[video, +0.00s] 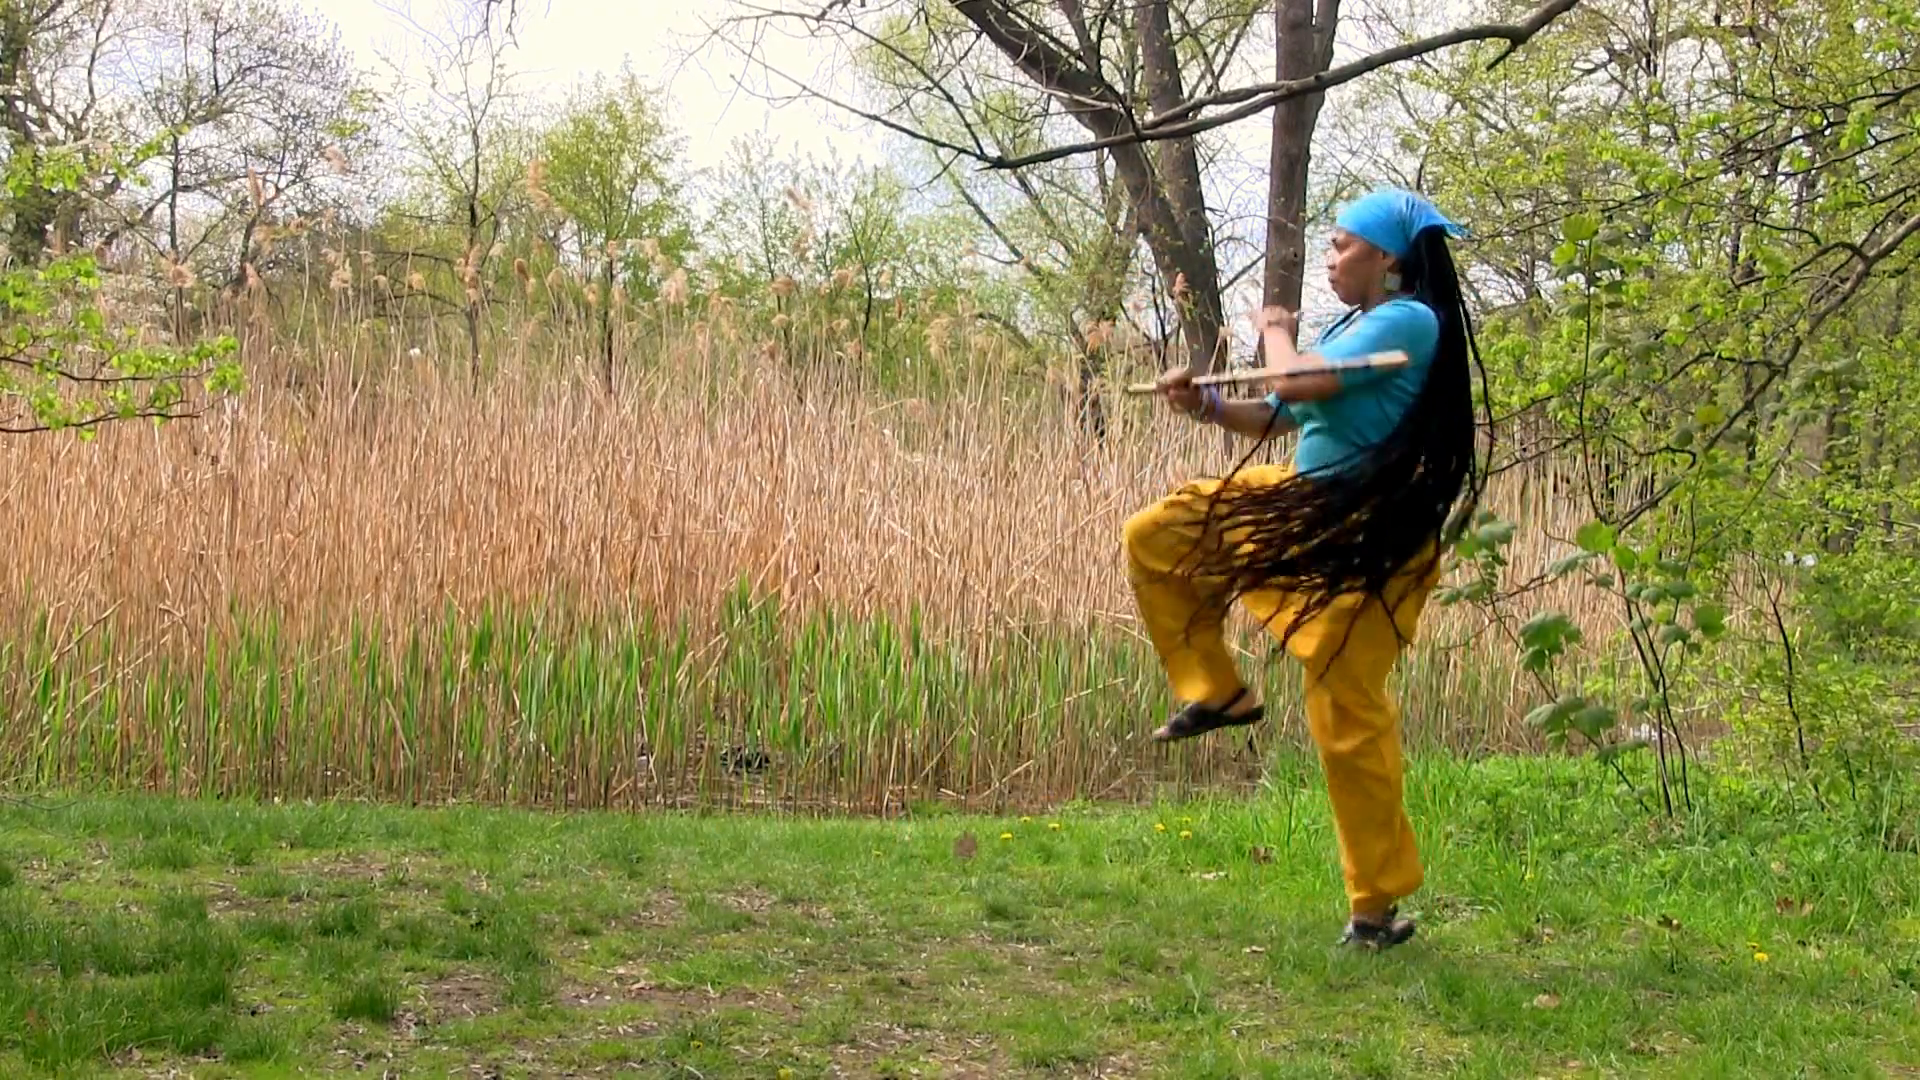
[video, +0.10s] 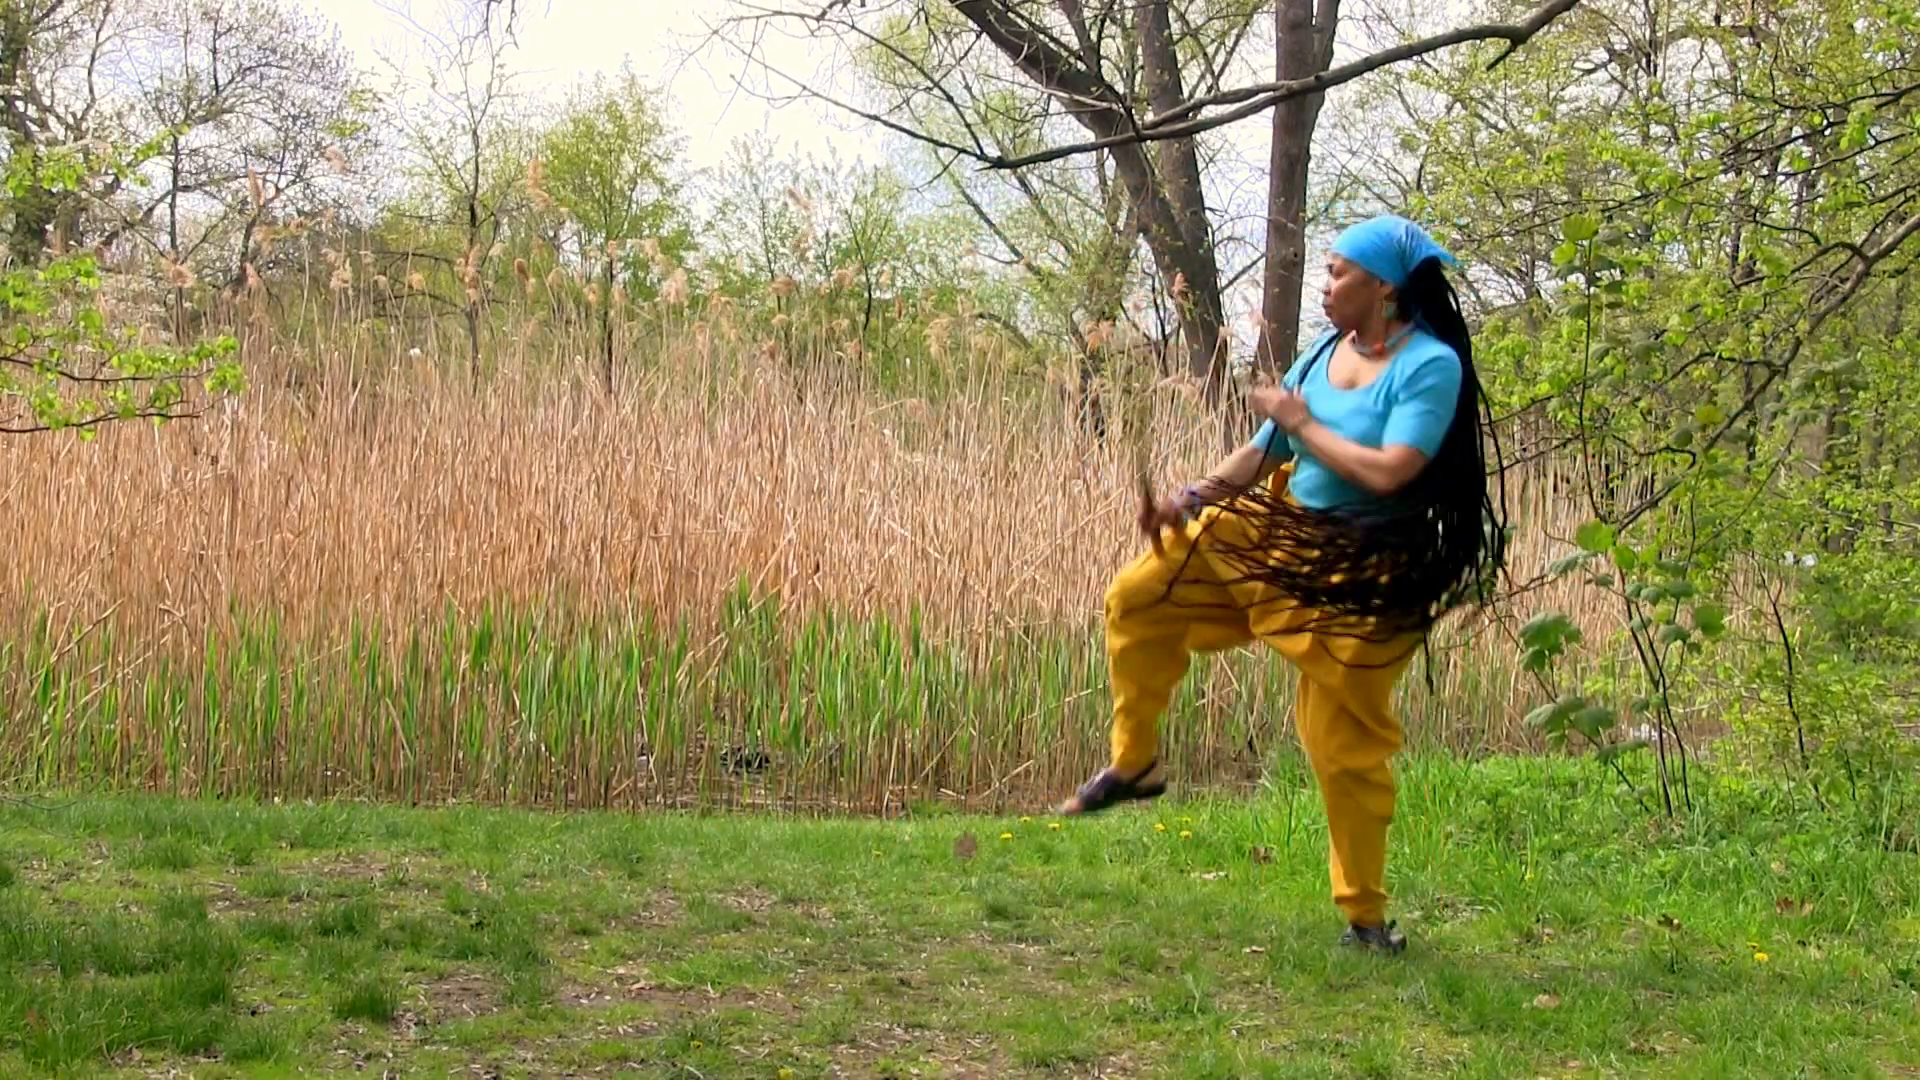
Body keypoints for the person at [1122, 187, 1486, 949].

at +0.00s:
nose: (1329, 257)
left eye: (1344, 245)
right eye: (1332, 244)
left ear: (1389, 258)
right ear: (1366, 259)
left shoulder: (1409, 322)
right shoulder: (1350, 331)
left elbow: (1304, 384)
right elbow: (1277, 417)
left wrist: (1275, 331)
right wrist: (1210, 405)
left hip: (1376, 537)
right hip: (1305, 504)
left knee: (1345, 711)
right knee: (1158, 539)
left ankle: (1376, 903)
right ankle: (1214, 690)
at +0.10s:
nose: (1325, 285)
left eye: (1340, 274)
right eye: (1328, 271)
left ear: (1386, 286)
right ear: (1355, 282)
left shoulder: (1432, 367)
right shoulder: (1327, 348)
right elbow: (1265, 450)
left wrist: (1301, 424)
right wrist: (1198, 492)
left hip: (1364, 570)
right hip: (1275, 532)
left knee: (1345, 744)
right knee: (1136, 600)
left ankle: (1364, 914)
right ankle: (1134, 765)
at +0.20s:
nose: (1315, 324)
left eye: (1331, 314)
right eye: (1318, 311)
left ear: (1379, 331)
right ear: (1348, 326)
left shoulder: (1441, 412)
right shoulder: (1301, 386)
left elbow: (1483, 516)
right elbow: (1235, 482)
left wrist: (1374, 513)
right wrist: (1158, 551)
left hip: (1381, 609)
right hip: (1269, 577)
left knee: (1355, 776)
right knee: (1161, 712)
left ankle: (1359, 928)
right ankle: (1107, 859)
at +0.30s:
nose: (1304, 343)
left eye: (1320, 334)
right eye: (1306, 329)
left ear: (1366, 355)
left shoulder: (1423, 431)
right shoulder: (1282, 399)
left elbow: (1527, 503)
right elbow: (1214, 484)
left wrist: (1473, 493)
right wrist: (1142, 536)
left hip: (1357, 602)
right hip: (1253, 591)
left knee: (1358, 777)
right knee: (1208, 766)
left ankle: (1361, 926)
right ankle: (1167, 914)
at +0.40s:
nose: (1276, 343)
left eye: (1292, 334)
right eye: (1279, 330)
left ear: (1339, 352)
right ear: (1286, 335)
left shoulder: (1390, 431)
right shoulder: (1259, 395)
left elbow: (1503, 470)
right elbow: (1178, 452)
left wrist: (1455, 397)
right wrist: (1128, 455)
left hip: (1325, 601)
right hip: (1219, 586)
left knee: (1346, 771)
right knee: (1149, 737)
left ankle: (1363, 925)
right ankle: (1150, 861)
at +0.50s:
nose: (1232, 309)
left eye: (1249, 301)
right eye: (1235, 297)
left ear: (1295, 323)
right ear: (1248, 313)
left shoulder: (1347, 396)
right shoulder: (1211, 367)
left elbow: (1456, 412)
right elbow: (1124, 405)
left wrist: (1427, 323)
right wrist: (1081, 362)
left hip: (1276, 583)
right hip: (1174, 558)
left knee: (1313, 767)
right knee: (1058, 674)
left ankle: (1364, 924)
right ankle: (1054, 830)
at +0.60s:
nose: (1176, 277)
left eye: (1192, 268)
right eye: (1177, 266)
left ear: (1238, 286)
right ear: (1188, 281)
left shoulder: (1289, 357)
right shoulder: (1165, 333)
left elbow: (1369, 374)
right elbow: (1092, 347)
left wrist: (1332, 291)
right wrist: (1113, 271)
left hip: (1220, 551)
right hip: (1114, 521)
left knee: (1269, 730)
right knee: (987, 658)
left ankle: (1314, 901)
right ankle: (929, 809)